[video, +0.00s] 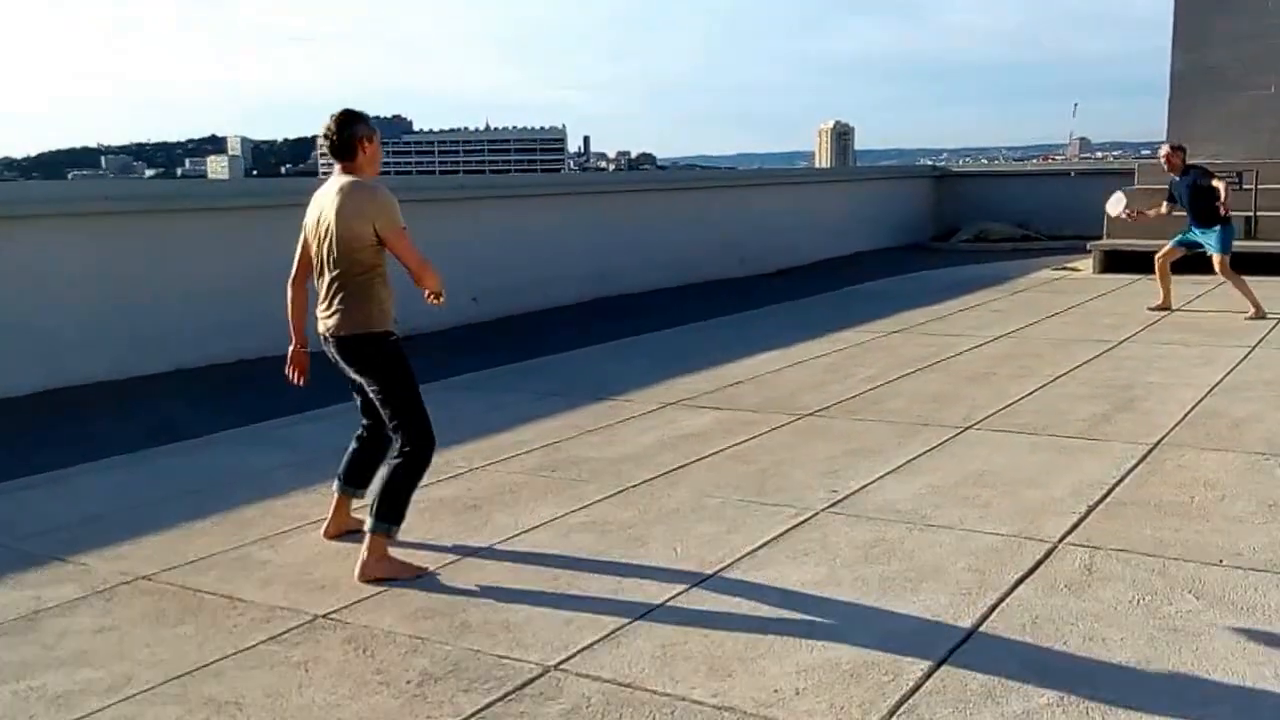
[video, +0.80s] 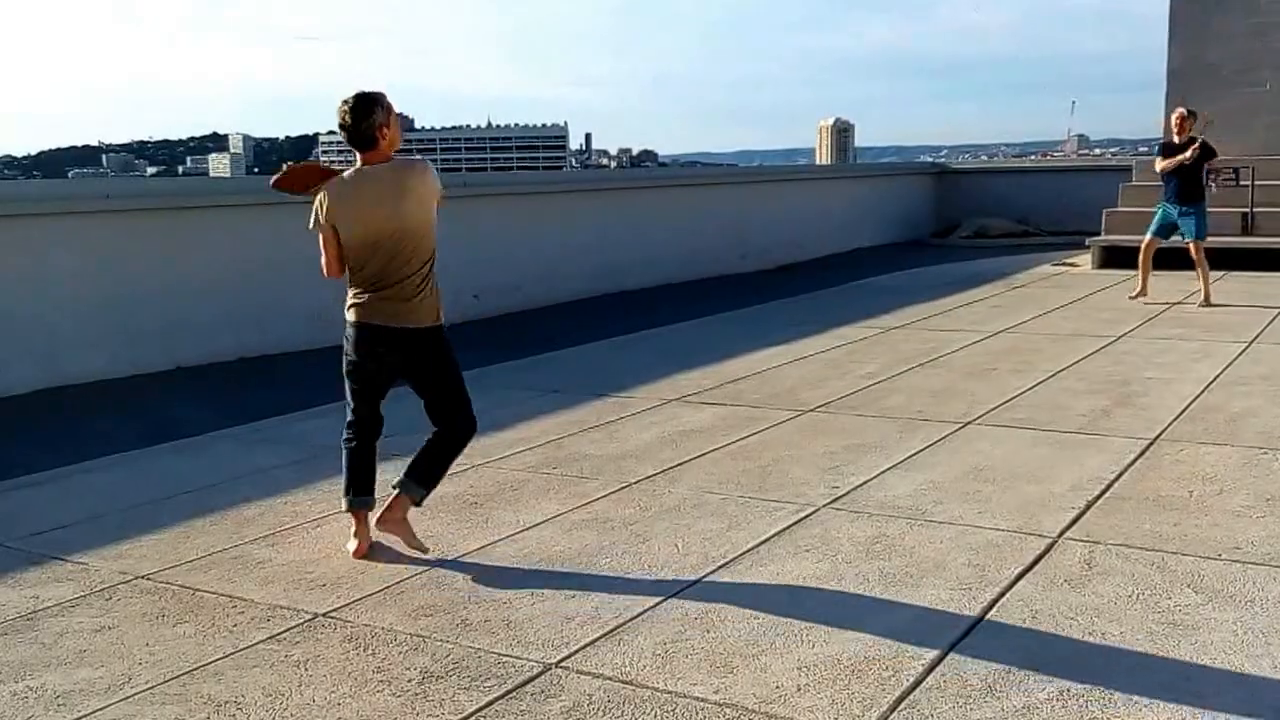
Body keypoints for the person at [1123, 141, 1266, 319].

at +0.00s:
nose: (1164, 161)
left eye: (1168, 156)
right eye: (1162, 158)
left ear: (1180, 157)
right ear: (1163, 160)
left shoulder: (1196, 173)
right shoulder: (1174, 183)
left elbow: (1221, 184)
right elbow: (1165, 210)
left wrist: (1223, 201)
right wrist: (1140, 214)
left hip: (1217, 229)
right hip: (1195, 231)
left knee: (1222, 268)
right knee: (1161, 259)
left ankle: (1257, 307)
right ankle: (1165, 302)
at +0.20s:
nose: (1159, 151)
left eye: (1163, 147)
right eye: (1157, 148)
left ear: (1175, 148)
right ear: (1156, 151)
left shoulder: (1192, 163)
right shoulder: (1161, 175)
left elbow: (1221, 175)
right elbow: (1157, 197)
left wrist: (1229, 185)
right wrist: (1144, 191)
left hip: (1208, 222)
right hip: (1184, 225)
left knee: (1223, 259)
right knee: (1154, 259)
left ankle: (1252, 304)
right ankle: (1166, 299)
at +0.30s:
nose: (1164, 139)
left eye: (1168, 135)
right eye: (1162, 135)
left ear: (1178, 138)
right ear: (1160, 139)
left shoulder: (1193, 154)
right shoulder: (1159, 163)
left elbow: (1221, 164)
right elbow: (1161, 184)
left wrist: (1231, 165)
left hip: (1204, 215)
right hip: (1179, 218)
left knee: (1219, 255)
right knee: (1155, 258)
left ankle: (1243, 298)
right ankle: (1165, 298)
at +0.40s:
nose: (1173, 130)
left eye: (1176, 126)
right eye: (1169, 126)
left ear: (1183, 128)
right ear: (1164, 130)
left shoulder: (1196, 146)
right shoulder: (1160, 152)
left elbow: (1225, 155)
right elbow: (1161, 166)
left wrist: (1233, 149)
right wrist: (1175, 146)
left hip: (1200, 209)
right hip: (1176, 211)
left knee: (1209, 251)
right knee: (1158, 253)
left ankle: (1227, 293)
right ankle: (1164, 298)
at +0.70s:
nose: (1180, 124)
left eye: (1184, 121)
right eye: (1177, 120)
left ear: (1190, 124)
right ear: (1172, 124)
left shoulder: (1199, 144)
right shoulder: (1168, 146)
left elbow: (1220, 156)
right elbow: (1162, 155)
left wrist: (1225, 158)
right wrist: (1186, 136)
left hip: (1196, 207)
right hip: (1172, 206)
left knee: (1199, 252)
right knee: (1150, 246)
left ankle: (1206, 297)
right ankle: (1151, 292)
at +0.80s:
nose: (1178, 123)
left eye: (1182, 119)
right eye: (1175, 119)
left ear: (1191, 124)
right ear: (1170, 122)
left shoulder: (1199, 145)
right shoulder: (1164, 146)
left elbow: (1214, 159)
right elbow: (1160, 167)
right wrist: (1184, 156)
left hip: (1192, 207)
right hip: (1168, 205)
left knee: (1196, 251)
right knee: (1146, 245)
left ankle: (1205, 295)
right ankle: (1142, 287)